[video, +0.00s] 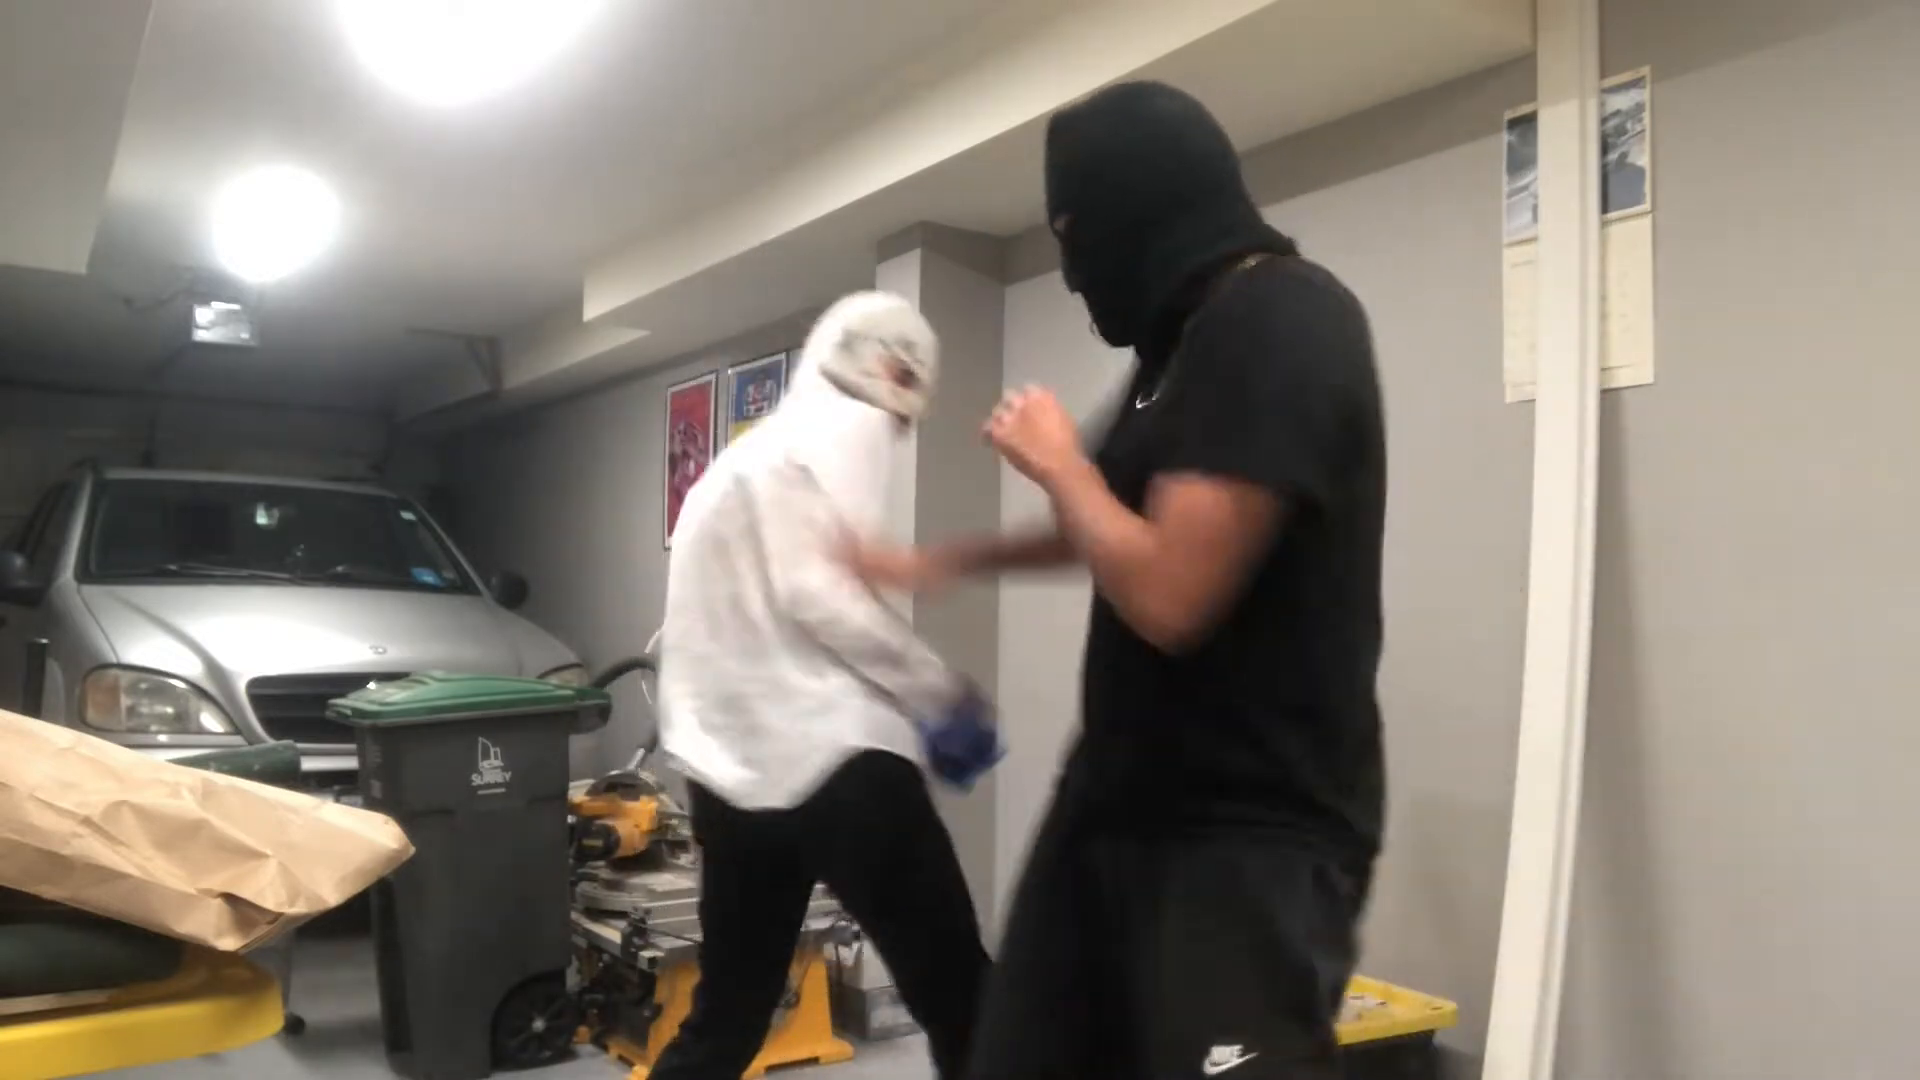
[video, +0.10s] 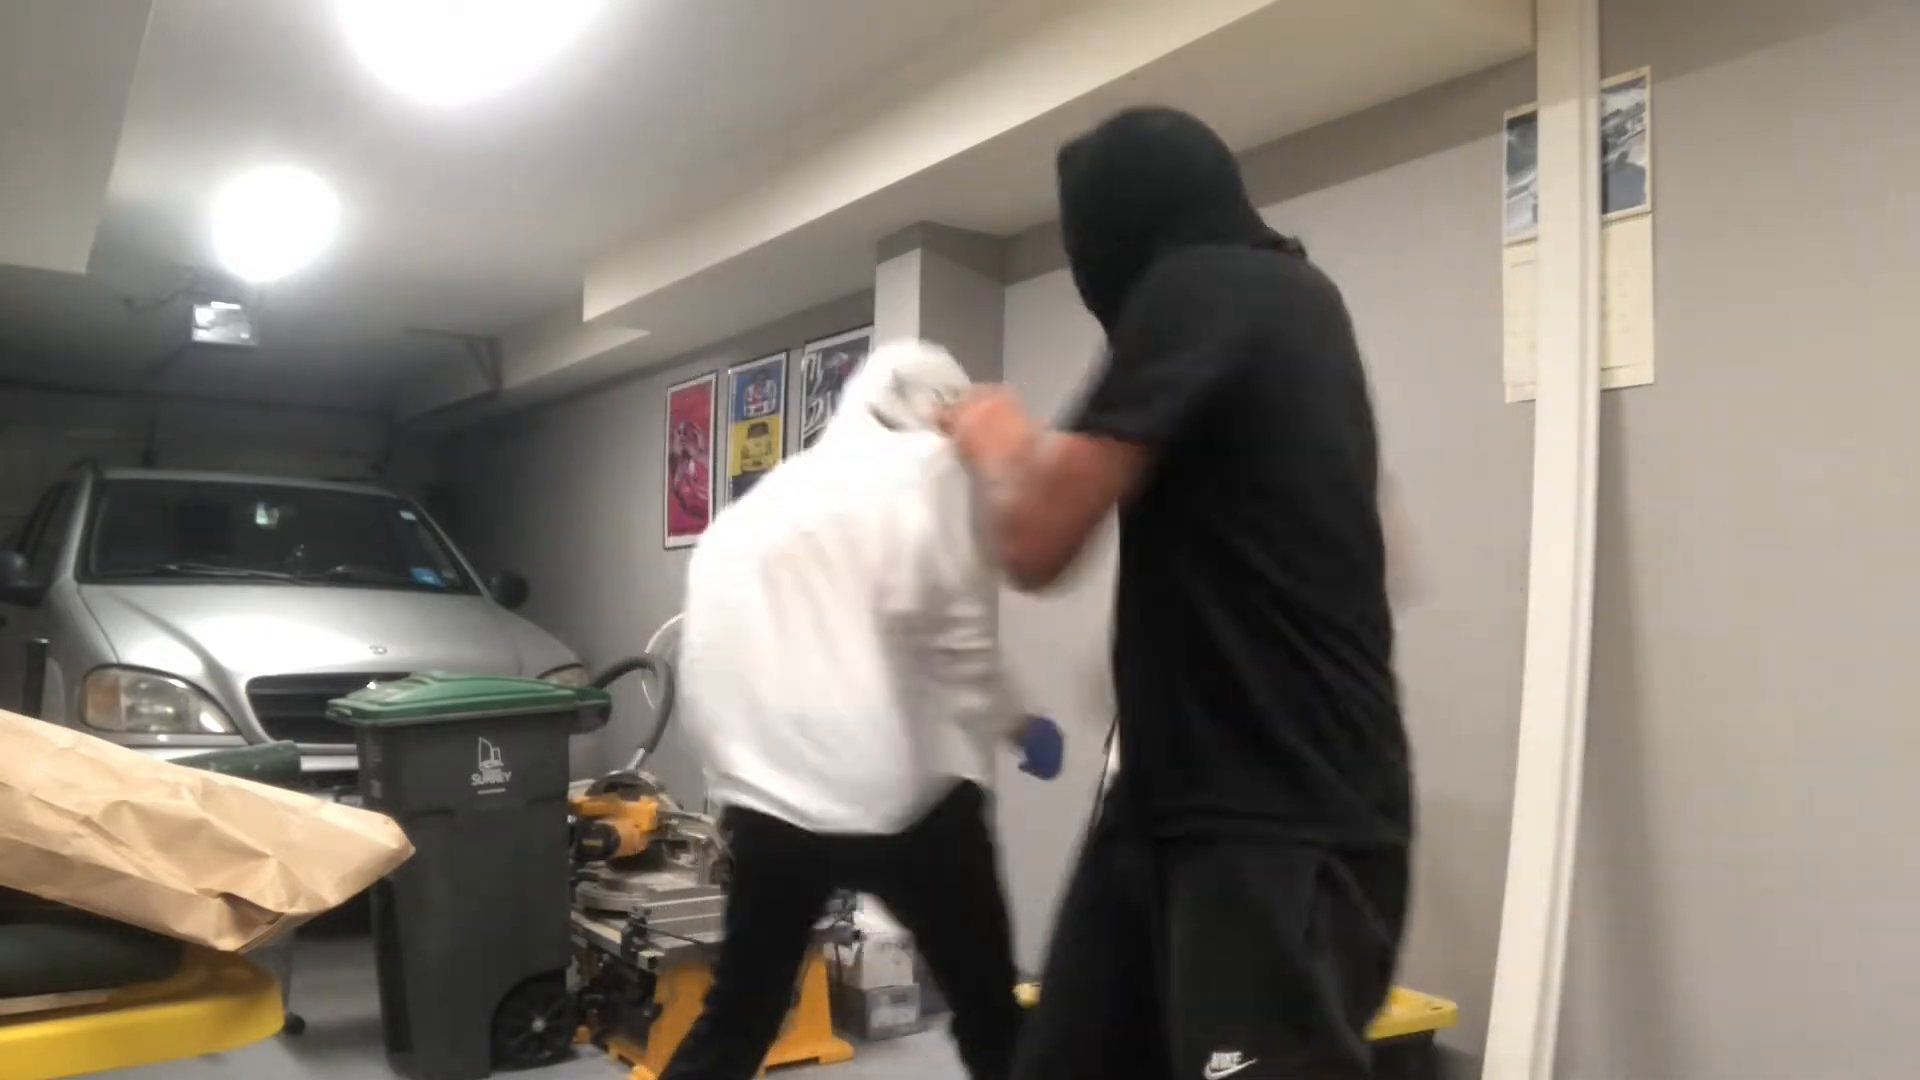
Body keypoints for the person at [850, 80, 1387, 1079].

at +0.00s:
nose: (1062, 261)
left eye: (1071, 226)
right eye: (1058, 232)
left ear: (1142, 206)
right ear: (1152, 208)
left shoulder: (1277, 316)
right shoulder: (1194, 338)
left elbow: (1173, 595)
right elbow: (1109, 532)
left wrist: (1065, 467)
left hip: (1243, 834)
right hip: (1127, 809)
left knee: (1222, 1063)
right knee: (1024, 1052)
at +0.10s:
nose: (1078, 260)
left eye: (1081, 227)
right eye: (1074, 230)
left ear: (1123, 213)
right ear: (1213, 192)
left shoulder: (1206, 293)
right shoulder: (1294, 300)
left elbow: (1035, 540)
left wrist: (999, 442)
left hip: (1273, 833)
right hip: (1170, 815)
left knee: (1265, 1063)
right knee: (1071, 1062)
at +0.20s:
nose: (1106, 290)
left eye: (1108, 264)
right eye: (1103, 267)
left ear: (1136, 249)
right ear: (1245, 223)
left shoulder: (1167, 330)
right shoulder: (1398, 360)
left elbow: (1024, 528)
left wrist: (952, 559)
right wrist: (1378, 632)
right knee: (1125, 1064)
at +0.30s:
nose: (1139, 322)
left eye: (1138, 295)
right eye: (1134, 299)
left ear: (1162, 266)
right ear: (1268, 233)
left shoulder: (1221, 327)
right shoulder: (1450, 368)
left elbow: (1070, 544)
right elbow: (1527, 614)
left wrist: (1026, 574)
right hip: (1454, 883)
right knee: (1176, 1064)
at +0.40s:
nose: (1159, 331)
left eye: (1156, 296)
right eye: (1149, 302)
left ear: (1190, 261)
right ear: (1261, 221)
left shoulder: (1301, 282)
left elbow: (1150, 556)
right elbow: (1329, 627)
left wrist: (1083, 593)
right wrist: (1171, 578)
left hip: (1414, 867)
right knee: (1186, 1064)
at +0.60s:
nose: (1162, 359)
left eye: (1149, 322)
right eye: (1141, 331)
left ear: (1186, 270)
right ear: (1223, 234)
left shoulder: (1307, 281)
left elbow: (1268, 560)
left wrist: (1146, 538)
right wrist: (1176, 581)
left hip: (1468, 817)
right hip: (1367, 808)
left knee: (1393, 1061)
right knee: (1260, 1060)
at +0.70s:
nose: (1167, 379)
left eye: (1157, 353)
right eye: (1152, 362)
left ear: (1183, 305)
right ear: (1265, 251)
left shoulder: (1257, 337)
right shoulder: (1455, 333)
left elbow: (1119, 580)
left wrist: (1043, 543)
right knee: (1268, 1064)